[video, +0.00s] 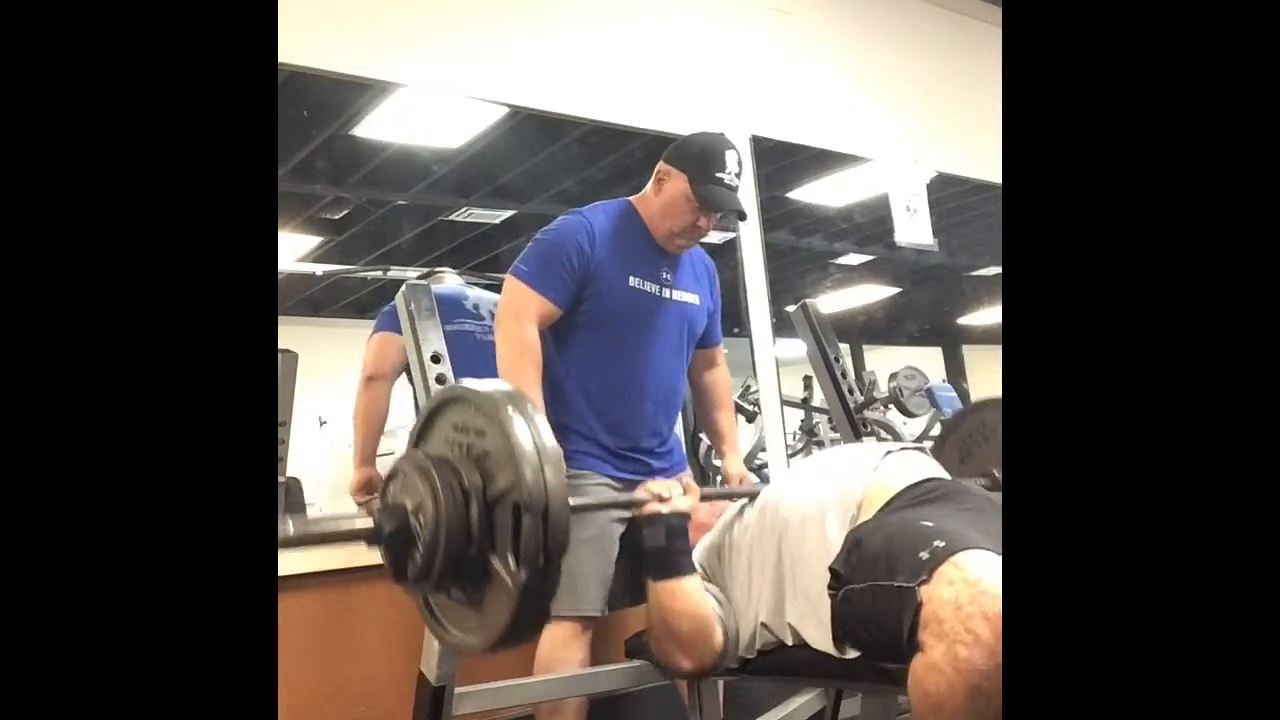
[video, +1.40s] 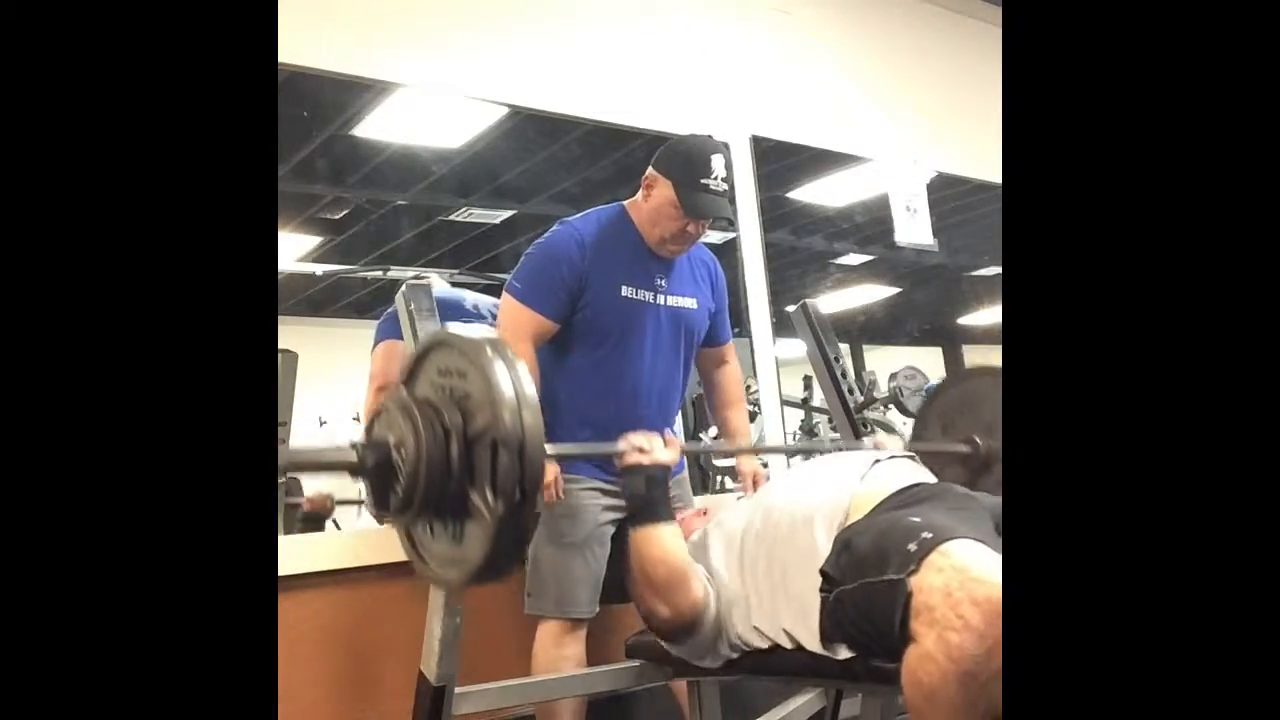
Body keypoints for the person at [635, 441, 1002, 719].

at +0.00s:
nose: (691, 496)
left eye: (689, 489)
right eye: (678, 505)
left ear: (708, 492)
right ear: (683, 541)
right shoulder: (708, 582)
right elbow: (687, 659)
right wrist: (661, 534)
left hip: (954, 488)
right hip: (879, 526)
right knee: (981, 606)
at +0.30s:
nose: (695, 508)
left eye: (699, 501)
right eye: (681, 510)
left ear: (713, 506)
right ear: (672, 541)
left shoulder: (757, 512)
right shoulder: (694, 580)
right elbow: (682, 629)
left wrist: (762, 486)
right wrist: (654, 506)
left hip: (949, 492)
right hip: (871, 534)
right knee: (985, 595)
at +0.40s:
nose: (687, 511)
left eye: (684, 507)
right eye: (673, 517)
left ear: (695, 512)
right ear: (665, 538)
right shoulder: (702, 602)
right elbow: (666, 597)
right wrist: (646, 475)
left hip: (956, 494)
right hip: (876, 528)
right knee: (980, 592)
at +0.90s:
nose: (697, 501)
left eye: (696, 497)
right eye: (681, 510)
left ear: (716, 497)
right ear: (670, 543)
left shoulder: (772, 498)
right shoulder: (700, 592)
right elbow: (670, 616)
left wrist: (884, 447)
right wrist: (647, 495)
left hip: (946, 492)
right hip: (867, 530)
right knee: (977, 605)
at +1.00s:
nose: (707, 496)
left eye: (699, 493)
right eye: (686, 504)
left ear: (713, 498)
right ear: (674, 537)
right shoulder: (695, 576)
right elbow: (686, 641)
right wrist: (652, 515)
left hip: (945, 491)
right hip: (869, 532)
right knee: (982, 608)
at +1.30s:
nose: (696, 498)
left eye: (695, 493)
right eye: (681, 503)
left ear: (710, 499)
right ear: (675, 536)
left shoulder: (761, 510)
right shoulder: (696, 568)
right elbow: (682, 637)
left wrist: (756, 490)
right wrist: (653, 510)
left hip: (952, 491)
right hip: (870, 529)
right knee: (982, 600)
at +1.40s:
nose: (686, 512)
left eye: (687, 505)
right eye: (672, 517)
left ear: (704, 506)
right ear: (667, 545)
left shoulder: (770, 501)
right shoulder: (706, 606)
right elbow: (667, 605)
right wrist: (645, 485)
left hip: (947, 494)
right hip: (871, 529)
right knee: (979, 610)